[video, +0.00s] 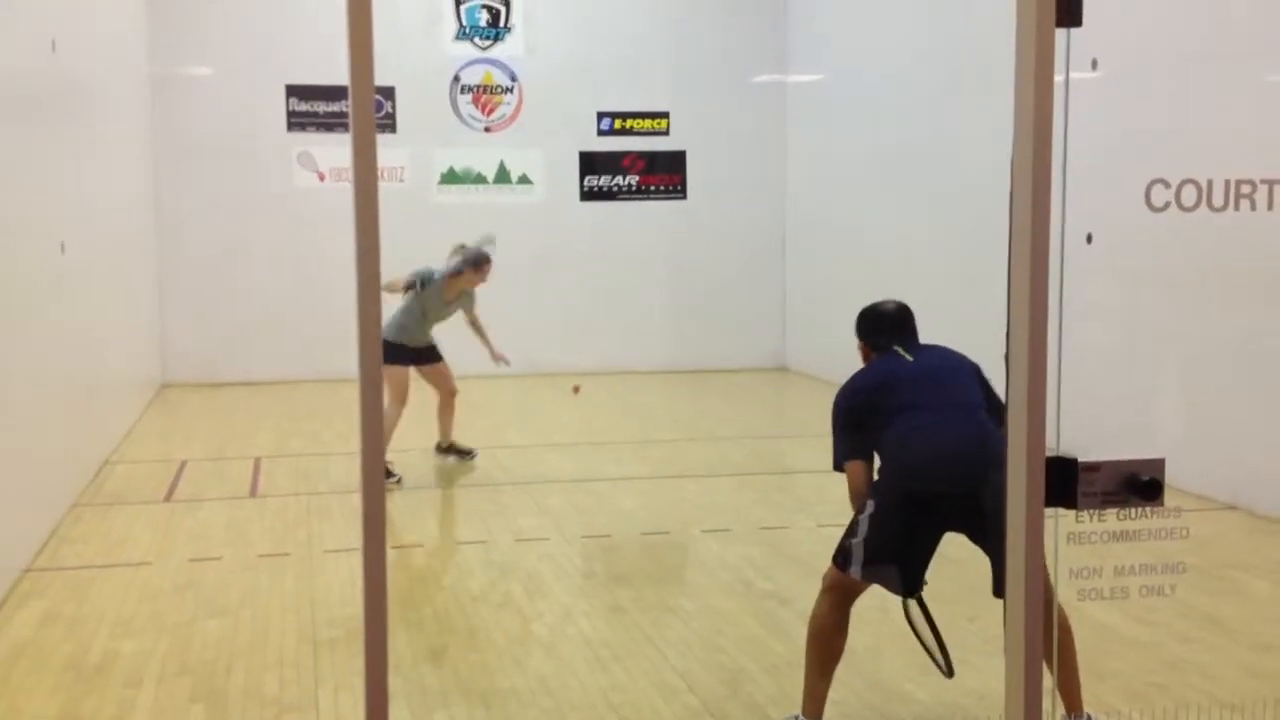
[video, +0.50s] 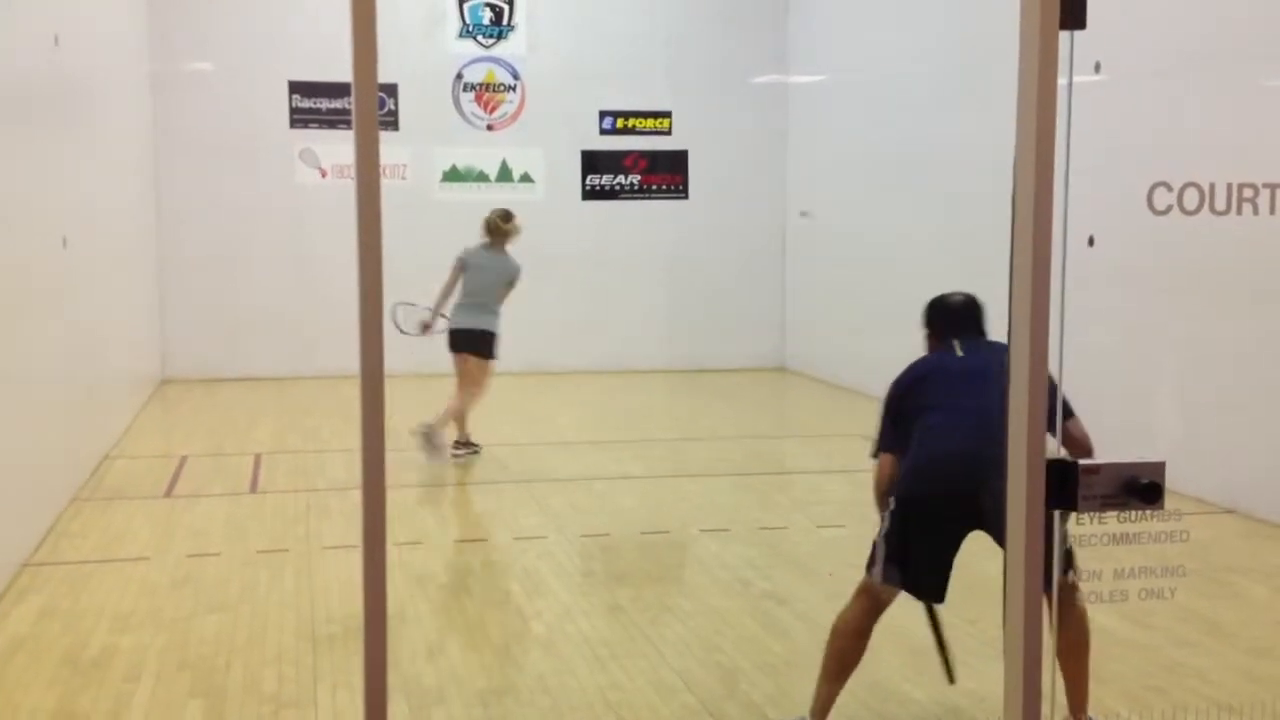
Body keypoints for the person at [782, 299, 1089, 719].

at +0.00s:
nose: (858, 354)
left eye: (859, 347)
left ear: (865, 349)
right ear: (915, 338)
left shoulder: (857, 389)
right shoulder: (959, 363)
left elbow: (860, 488)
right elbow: (1005, 427)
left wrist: (869, 541)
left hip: (910, 488)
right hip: (988, 484)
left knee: (837, 590)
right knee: (1041, 593)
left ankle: (810, 714)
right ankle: (1077, 712)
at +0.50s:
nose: (925, 342)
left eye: (925, 336)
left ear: (931, 336)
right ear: (982, 331)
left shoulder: (914, 376)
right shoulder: (1021, 362)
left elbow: (886, 470)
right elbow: (1081, 444)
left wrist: (887, 516)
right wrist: (1079, 478)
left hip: (929, 486)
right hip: (1010, 486)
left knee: (870, 597)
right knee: (1064, 592)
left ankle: (817, 713)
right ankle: (1080, 713)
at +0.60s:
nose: (933, 336)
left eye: (932, 329)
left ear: (939, 330)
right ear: (993, 323)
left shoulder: (919, 372)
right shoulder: (1029, 358)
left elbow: (893, 465)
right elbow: (1080, 440)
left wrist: (894, 517)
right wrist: (1081, 492)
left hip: (931, 485)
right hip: (1014, 487)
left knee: (867, 593)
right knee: (1066, 594)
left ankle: (817, 712)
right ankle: (1080, 713)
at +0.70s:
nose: (919, 326)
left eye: (919, 318)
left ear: (923, 320)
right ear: (976, 313)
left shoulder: (906, 364)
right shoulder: (1016, 352)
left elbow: (881, 462)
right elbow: (1058, 442)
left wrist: (888, 513)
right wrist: (1053, 499)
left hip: (928, 484)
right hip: (1010, 485)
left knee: (856, 590)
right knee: (1054, 595)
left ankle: (821, 712)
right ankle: (1078, 714)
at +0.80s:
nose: (887, 312)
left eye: (887, 306)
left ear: (891, 308)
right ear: (941, 302)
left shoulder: (881, 359)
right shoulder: (988, 346)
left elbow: (861, 454)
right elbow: (1017, 424)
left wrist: (856, 510)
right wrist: (1027, 495)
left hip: (918, 489)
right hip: (996, 489)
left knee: (845, 591)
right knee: (1039, 599)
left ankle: (820, 713)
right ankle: (1075, 713)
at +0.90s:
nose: (858, 307)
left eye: (859, 300)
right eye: (859, 299)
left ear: (868, 303)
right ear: (914, 294)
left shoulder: (864, 355)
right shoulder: (960, 334)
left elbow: (847, 445)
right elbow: (996, 419)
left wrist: (824, 506)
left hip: (913, 491)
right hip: (988, 488)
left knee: (841, 590)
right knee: (1022, 609)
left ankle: (821, 711)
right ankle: (1064, 710)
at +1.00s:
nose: (848, 305)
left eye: (849, 296)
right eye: (847, 295)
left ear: (864, 295)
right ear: (904, 287)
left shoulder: (870, 348)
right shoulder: (953, 324)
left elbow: (857, 435)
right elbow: (971, 408)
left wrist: (817, 511)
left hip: (920, 488)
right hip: (992, 481)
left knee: (849, 593)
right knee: (985, 594)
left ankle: (825, 713)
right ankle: (1047, 704)